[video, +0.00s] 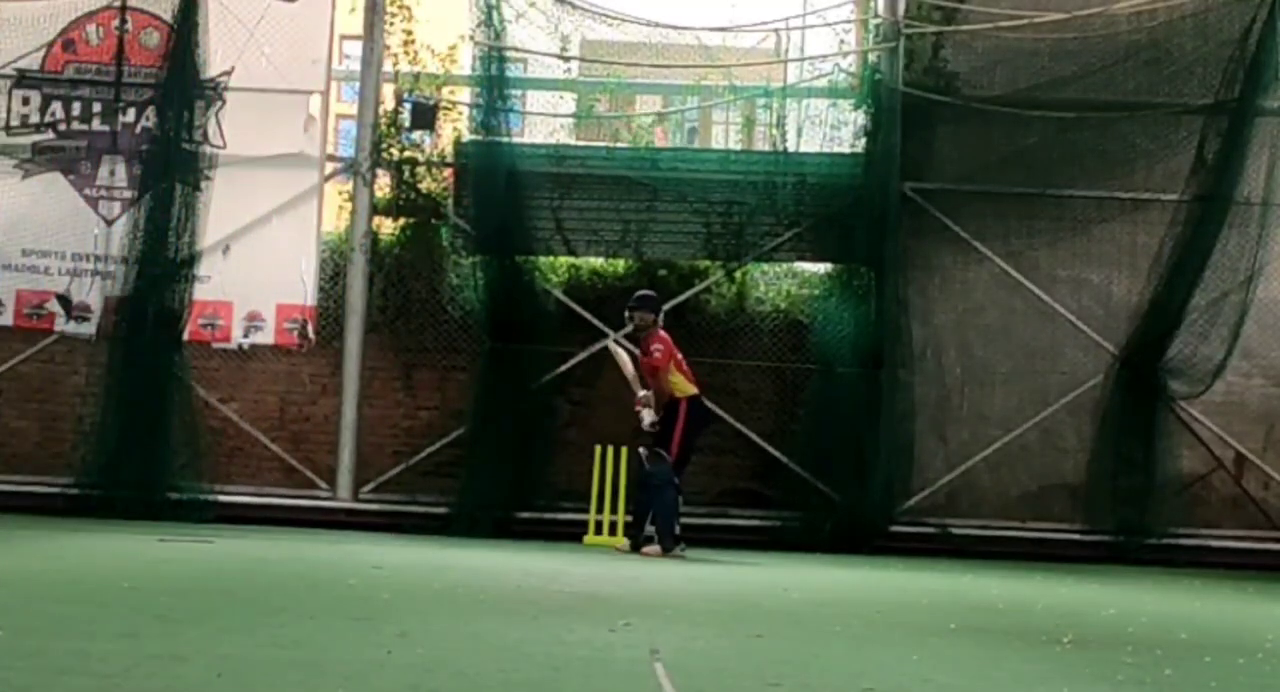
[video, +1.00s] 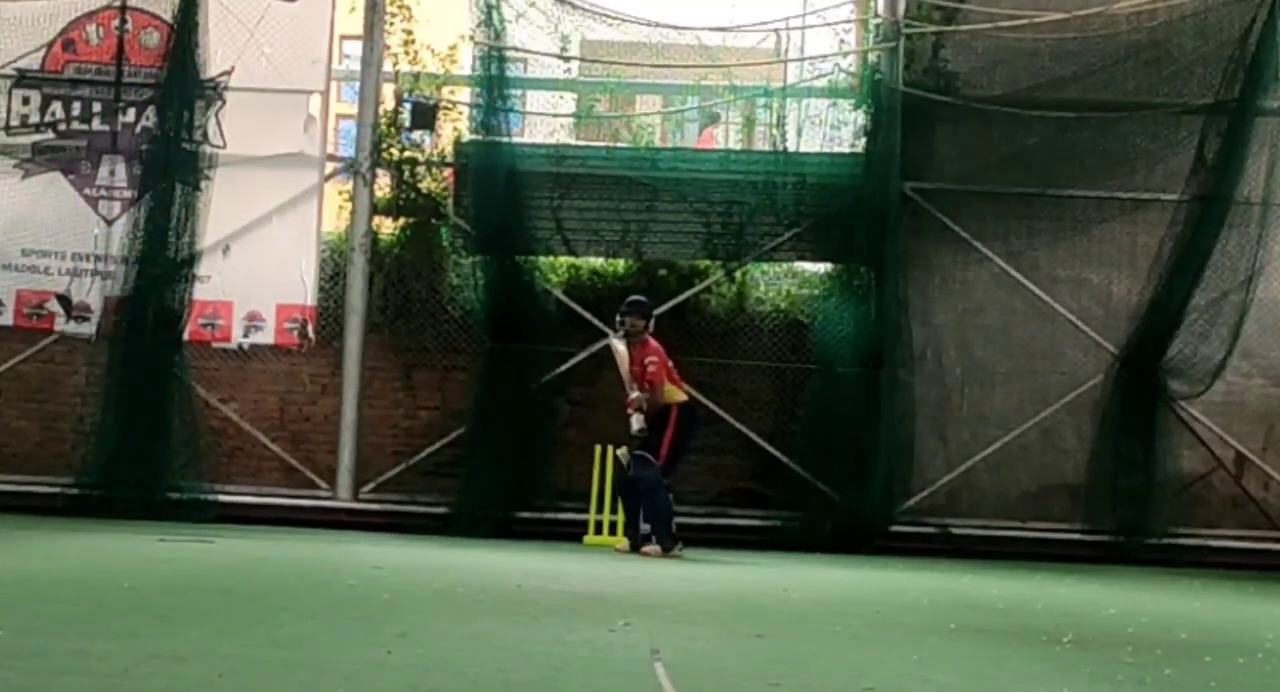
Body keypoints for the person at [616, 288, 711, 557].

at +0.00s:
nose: (637, 318)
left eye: (643, 313)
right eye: (634, 313)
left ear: (655, 316)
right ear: (630, 315)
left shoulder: (658, 340)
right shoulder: (645, 342)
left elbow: (661, 378)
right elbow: (645, 379)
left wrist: (655, 410)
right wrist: (644, 406)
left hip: (686, 401)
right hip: (670, 402)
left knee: (668, 468)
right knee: (654, 464)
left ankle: (668, 539)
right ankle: (638, 534)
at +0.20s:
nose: (639, 319)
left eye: (645, 314)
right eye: (634, 313)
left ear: (656, 318)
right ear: (628, 316)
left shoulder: (657, 344)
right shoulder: (639, 345)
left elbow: (662, 385)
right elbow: (638, 377)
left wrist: (647, 396)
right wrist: (643, 406)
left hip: (682, 402)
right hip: (663, 402)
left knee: (663, 468)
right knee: (647, 464)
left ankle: (666, 538)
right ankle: (635, 535)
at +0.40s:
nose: (639, 321)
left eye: (645, 316)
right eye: (634, 315)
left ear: (655, 320)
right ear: (628, 318)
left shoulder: (656, 346)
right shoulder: (640, 347)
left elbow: (664, 390)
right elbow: (640, 379)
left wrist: (647, 397)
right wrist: (643, 405)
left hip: (683, 402)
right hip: (664, 403)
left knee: (662, 468)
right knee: (648, 465)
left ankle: (665, 538)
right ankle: (640, 534)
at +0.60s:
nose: (638, 320)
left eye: (644, 316)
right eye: (634, 315)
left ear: (654, 319)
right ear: (628, 318)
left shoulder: (657, 347)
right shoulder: (638, 347)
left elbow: (662, 391)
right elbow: (640, 381)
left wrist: (645, 397)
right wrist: (642, 403)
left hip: (682, 403)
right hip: (662, 403)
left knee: (663, 468)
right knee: (649, 464)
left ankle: (665, 538)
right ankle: (640, 534)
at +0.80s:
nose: (635, 321)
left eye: (642, 316)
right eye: (631, 315)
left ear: (652, 320)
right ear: (625, 318)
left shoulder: (655, 349)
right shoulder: (634, 347)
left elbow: (661, 392)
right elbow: (636, 381)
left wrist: (644, 396)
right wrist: (638, 407)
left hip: (680, 403)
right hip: (659, 404)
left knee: (661, 469)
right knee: (645, 465)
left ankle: (666, 538)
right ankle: (638, 535)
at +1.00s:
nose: (630, 323)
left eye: (637, 319)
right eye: (626, 318)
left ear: (647, 322)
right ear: (621, 320)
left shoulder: (651, 351)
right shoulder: (631, 348)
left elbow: (658, 395)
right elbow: (632, 383)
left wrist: (641, 399)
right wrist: (634, 410)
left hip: (677, 405)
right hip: (656, 406)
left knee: (654, 470)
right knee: (638, 467)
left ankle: (666, 539)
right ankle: (638, 536)